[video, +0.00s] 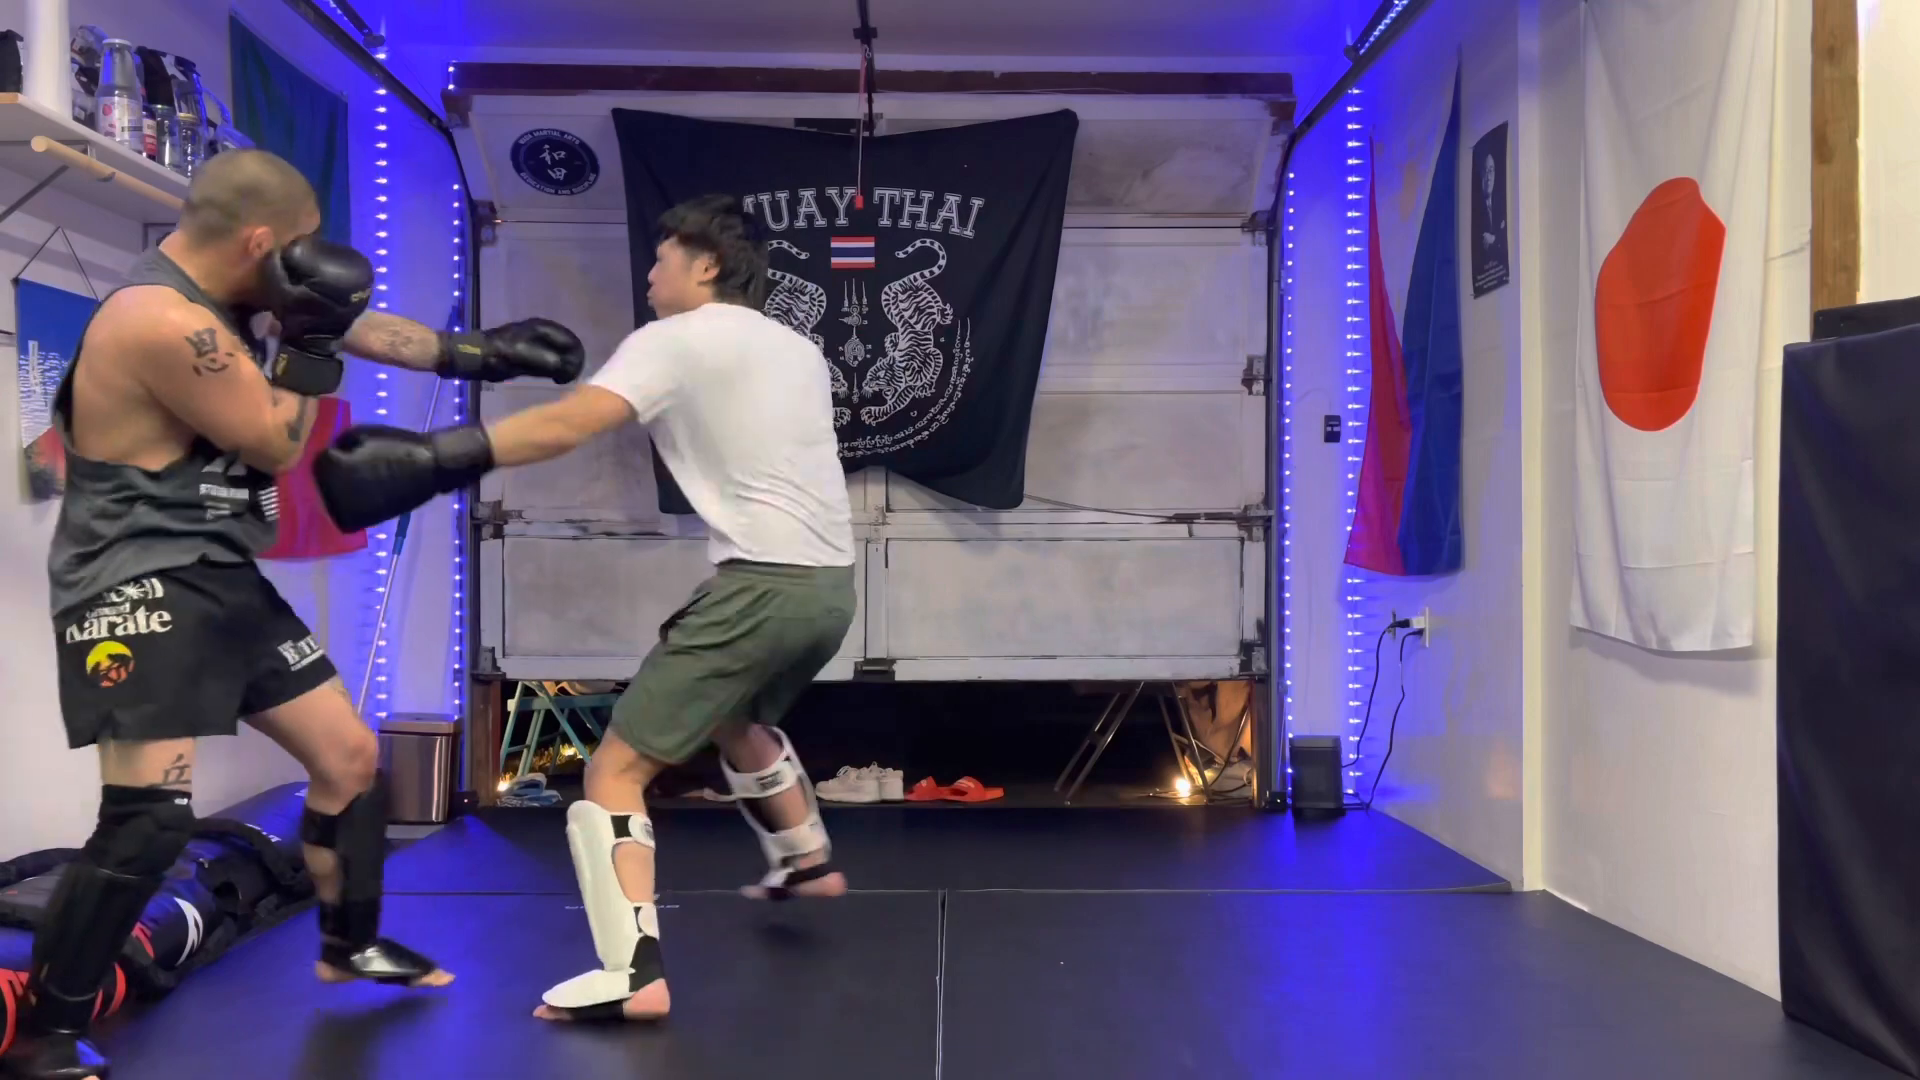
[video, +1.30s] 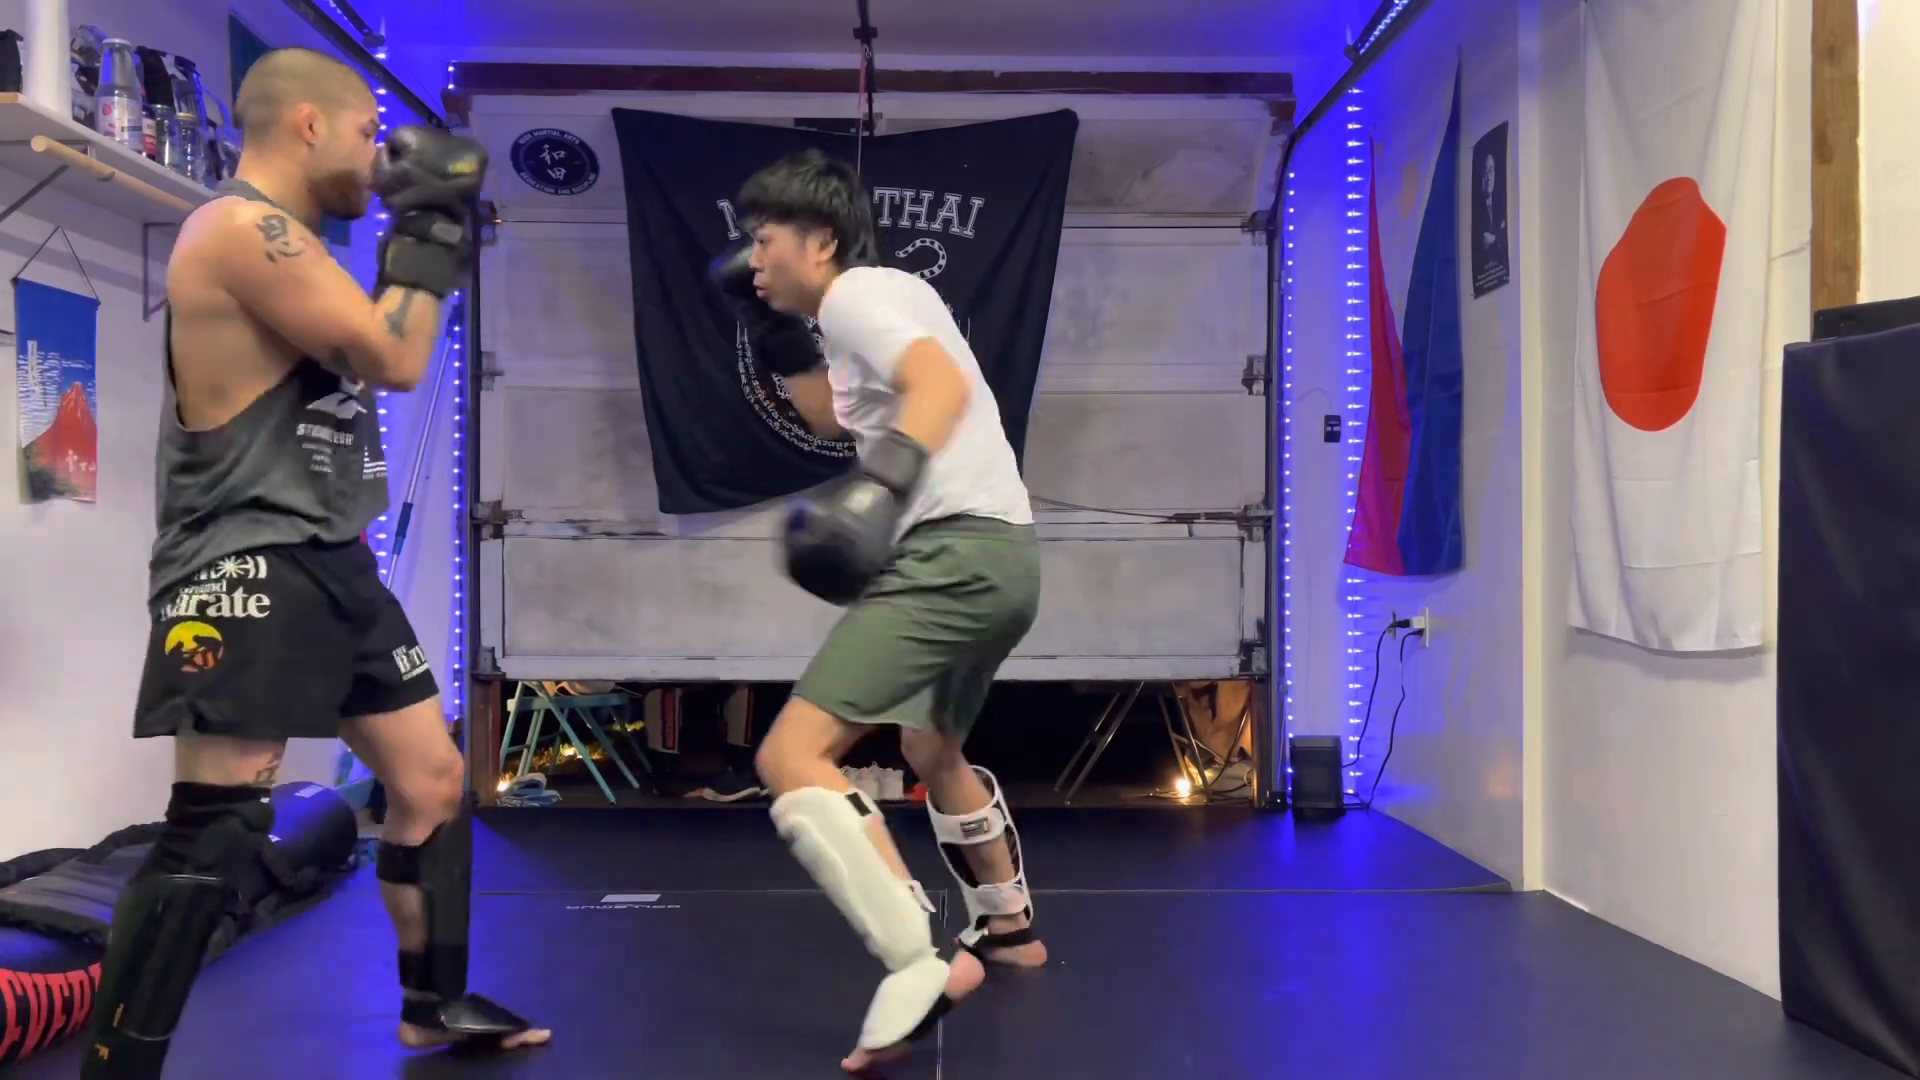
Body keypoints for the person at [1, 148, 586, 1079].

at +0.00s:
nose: (299, 265)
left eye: (305, 251)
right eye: (297, 248)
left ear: (233, 233)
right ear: (253, 238)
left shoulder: (215, 309)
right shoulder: (159, 320)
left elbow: (345, 321)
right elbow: (280, 443)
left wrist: (469, 350)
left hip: (219, 574)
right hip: (132, 582)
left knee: (349, 759)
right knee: (151, 817)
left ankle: (349, 944)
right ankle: (45, 1035)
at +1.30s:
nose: (378, 153)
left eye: (377, 134)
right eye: (367, 132)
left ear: (299, 131)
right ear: (308, 127)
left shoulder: (292, 243)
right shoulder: (242, 229)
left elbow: (383, 354)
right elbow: (397, 357)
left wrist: (431, 234)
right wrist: (430, 221)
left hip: (329, 560)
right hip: (245, 561)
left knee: (431, 776)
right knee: (214, 832)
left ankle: (435, 1002)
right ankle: (118, 1059)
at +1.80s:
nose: (349, 152)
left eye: (350, 133)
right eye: (332, 128)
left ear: (263, 135)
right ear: (257, 128)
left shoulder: (321, 266)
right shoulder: (177, 234)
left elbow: (429, 414)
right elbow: (264, 394)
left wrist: (509, 335)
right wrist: (366, 276)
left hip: (350, 568)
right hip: (235, 566)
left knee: (464, 799)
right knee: (227, 852)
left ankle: (445, 1003)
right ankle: (124, 1060)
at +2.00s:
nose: (400, 147)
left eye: (399, 125)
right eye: (380, 121)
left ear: (326, 129)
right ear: (305, 123)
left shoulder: (371, 263)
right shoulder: (225, 239)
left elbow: (472, 391)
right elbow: (344, 376)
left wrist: (541, 298)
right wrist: (435, 259)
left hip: (391, 571)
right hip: (272, 571)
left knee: (508, 804)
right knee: (229, 847)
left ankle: (536, 1038)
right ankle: (124, 1061)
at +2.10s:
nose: (452, 144)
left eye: (451, 124)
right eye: (434, 120)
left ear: (365, 131)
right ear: (357, 126)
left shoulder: (421, 270)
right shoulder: (284, 241)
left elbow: (499, 389)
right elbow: (389, 383)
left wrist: (559, 289)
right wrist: (501, 301)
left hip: (439, 577)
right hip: (315, 580)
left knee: (544, 814)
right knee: (248, 845)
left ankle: (538, 1046)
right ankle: (128, 1061)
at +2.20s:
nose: (507, 143)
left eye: (504, 124)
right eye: (489, 118)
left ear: (431, 132)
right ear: (417, 124)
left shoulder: (448, 269)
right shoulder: (351, 228)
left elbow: (498, 424)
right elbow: (427, 386)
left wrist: (554, 325)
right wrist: (575, 371)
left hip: (485, 572)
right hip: (373, 578)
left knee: (567, 811)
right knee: (302, 835)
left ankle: (541, 1043)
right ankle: (145, 1052)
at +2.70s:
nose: (662, 115)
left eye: (659, 94)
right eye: (645, 91)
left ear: (585, 95)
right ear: (578, 92)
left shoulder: (612, 233)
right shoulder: (499, 216)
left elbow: (627, 369)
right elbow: (617, 384)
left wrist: (691, 400)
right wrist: (721, 288)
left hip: (606, 546)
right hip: (524, 546)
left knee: (616, 816)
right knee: (577, 819)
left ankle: (540, 1045)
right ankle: (508, 1059)